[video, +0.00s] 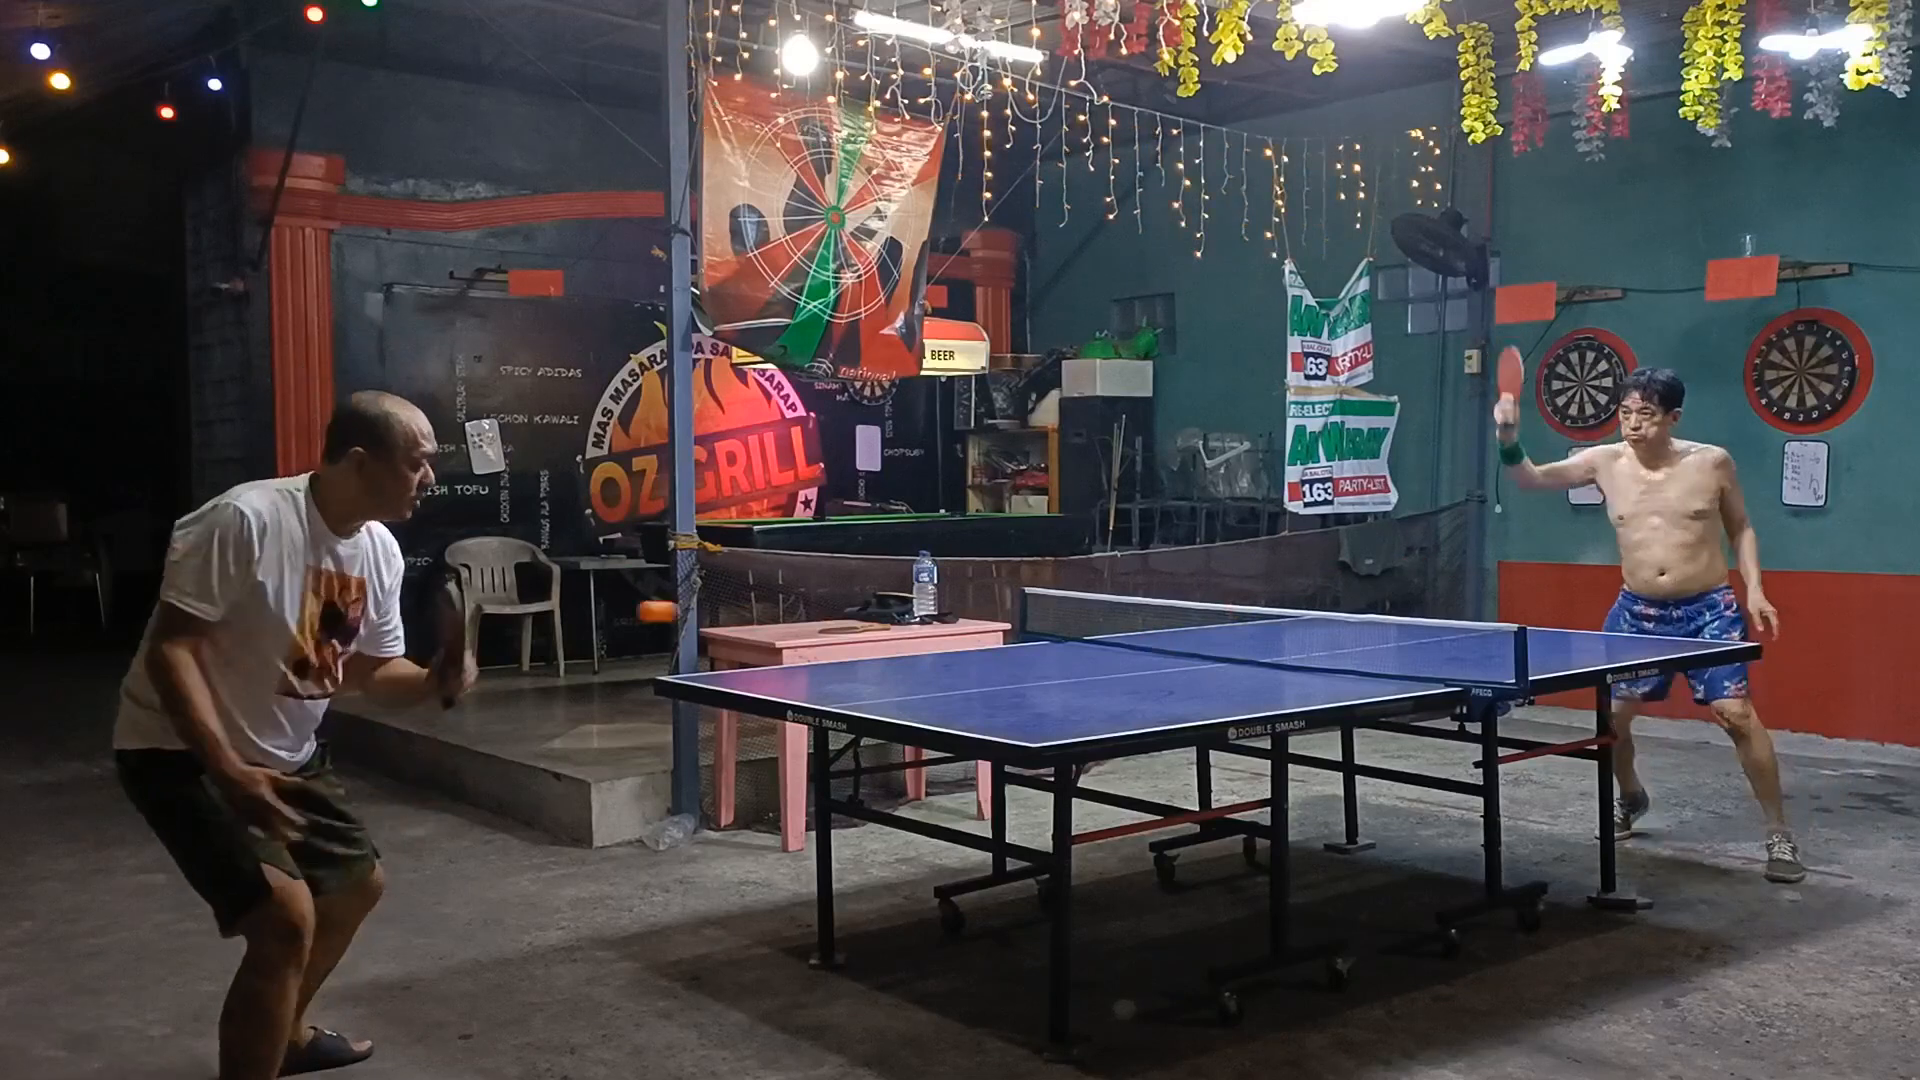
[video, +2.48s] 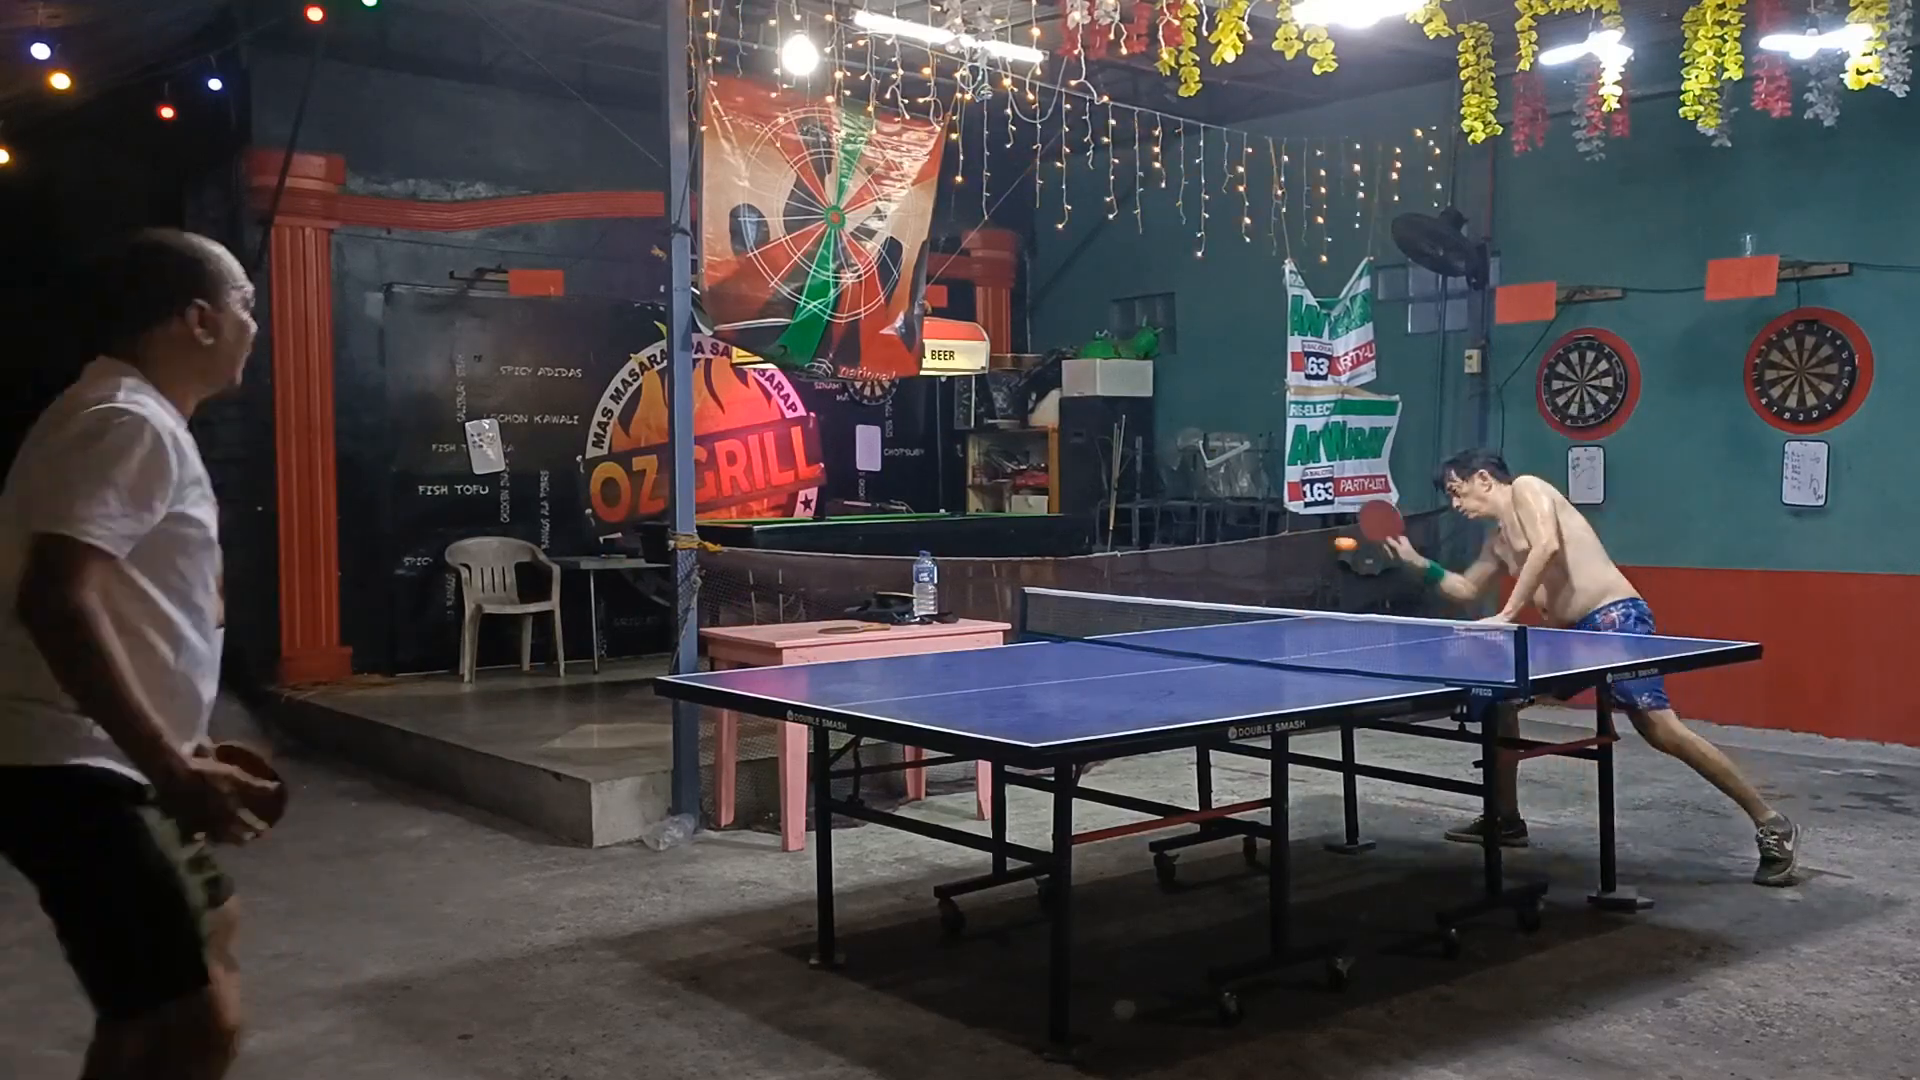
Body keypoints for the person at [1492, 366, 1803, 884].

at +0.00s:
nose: (1633, 423)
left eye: (1645, 415)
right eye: (1626, 413)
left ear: (1672, 417)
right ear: (1619, 414)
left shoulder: (1712, 463)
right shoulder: (1604, 461)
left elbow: (1740, 528)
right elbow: (1530, 477)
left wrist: (1754, 591)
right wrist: (1507, 438)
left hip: (1708, 612)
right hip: (1636, 614)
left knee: (1737, 715)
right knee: (1611, 718)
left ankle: (1778, 833)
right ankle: (1631, 796)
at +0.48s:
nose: (1604, 454)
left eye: (1613, 444)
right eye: (1601, 445)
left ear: (1648, 445)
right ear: (1635, 449)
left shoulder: (1673, 486)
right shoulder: (1637, 497)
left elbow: (1645, 564)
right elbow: (1618, 555)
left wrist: (1571, 613)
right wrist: (1553, 568)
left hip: (1717, 631)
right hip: (1665, 633)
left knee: (1722, 743)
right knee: (1582, 694)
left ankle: (1819, 854)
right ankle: (1578, 809)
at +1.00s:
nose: (1511, 480)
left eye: (1515, 469)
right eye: (1510, 470)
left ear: (1539, 465)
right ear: (1555, 468)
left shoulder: (1546, 487)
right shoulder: (1595, 501)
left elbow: (1549, 532)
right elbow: (1600, 566)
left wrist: (1541, 594)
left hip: (1596, 619)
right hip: (1622, 619)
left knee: (1615, 721)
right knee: (1518, 688)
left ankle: (1723, 812)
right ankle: (1541, 801)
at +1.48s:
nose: (1526, 463)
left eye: (1536, 455)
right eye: (1522, 455)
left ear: (1564, 459)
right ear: (1520, 460)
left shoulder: (1587, 495)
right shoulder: (1544, 503)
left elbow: (1653, 538)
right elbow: (1529, 550)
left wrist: (1642, 593)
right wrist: (1478, 571)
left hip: (1612, 623)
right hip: (1570, 627)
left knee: (1586, 706)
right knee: (1535, 699)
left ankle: (1687, 787)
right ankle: (1571, 779)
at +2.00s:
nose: (1580, 457)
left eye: (1590, 447)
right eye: (1575, 449)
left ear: (1621, 449)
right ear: (1572, 453)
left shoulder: (1651, 484)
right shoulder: (1592, 504)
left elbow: (1652, 548)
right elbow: (1559, 551)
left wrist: (1580, 589)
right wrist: (1509, 558)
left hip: (1699, 624)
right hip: (1642, 629)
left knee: (1730, 728)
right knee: (1576, 705)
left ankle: (1802, 844)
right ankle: (1625, 812)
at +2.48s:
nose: (1457, 507)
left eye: (1458, 495)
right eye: (1452, 500)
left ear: (1484, 478)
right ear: (1475, 490)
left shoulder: (1526, 488)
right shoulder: (1501, 536)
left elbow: (1545, 546)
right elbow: (1465, 589)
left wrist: (1505, 616)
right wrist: (1418, 564)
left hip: (1618, 618)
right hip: (1575, 635)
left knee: (1663, 730)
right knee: (1496, 699)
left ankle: (1770, 823)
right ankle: (1503, 816)